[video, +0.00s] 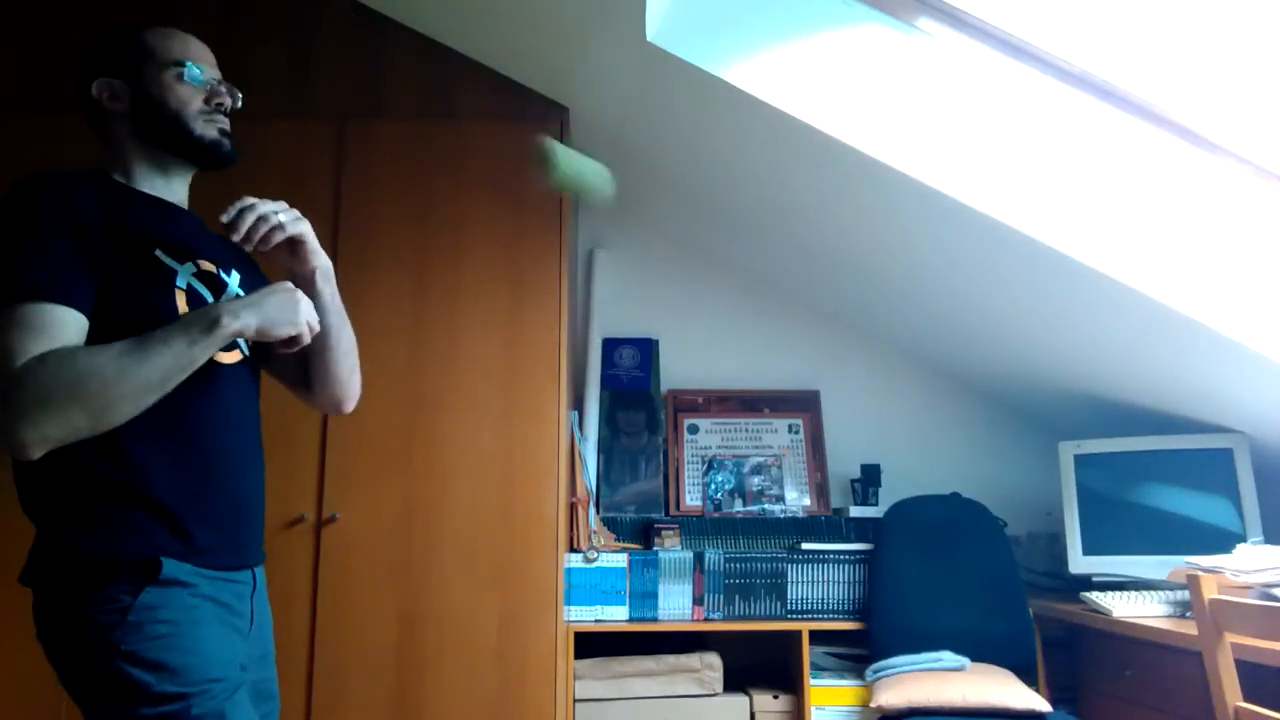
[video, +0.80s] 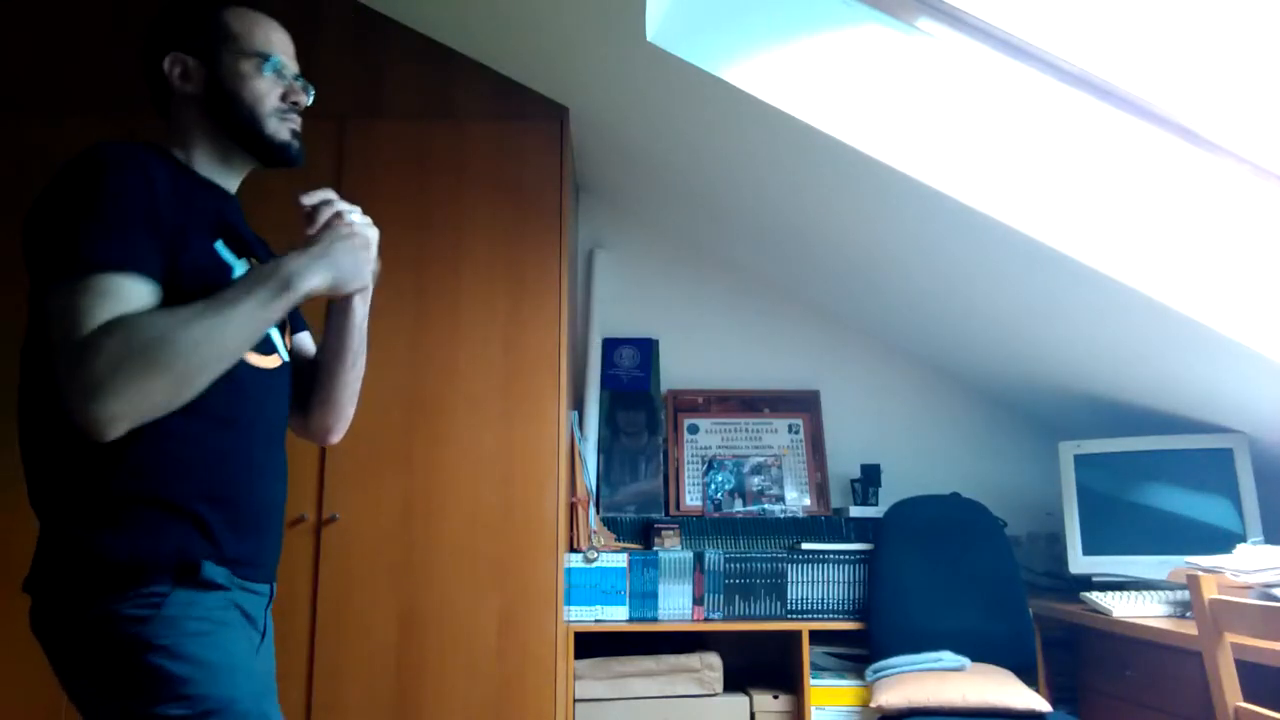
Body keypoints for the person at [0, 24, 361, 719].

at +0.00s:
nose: (223, 92)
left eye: (222, 83)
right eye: (188, 72)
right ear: (114, 96)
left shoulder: (220, 248)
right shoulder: (63, 210)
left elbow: (336, 392)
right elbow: (30, 415)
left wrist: (314, 267)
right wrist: (229, 318)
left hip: (240, 585)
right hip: (144, 589)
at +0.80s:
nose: (299, 91)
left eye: (297, 77)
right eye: (267, 66)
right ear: (186, 75)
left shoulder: (243, 239)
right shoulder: (116, 183)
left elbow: (322, 422)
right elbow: (101, 394)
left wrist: (354, 289)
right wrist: (301, 271)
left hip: (233, 595)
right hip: (153, 597)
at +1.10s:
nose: (346, 46)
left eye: (344, 23)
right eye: (323, 17)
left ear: (238, 25)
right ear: (242, 10)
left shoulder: (170, 115)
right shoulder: (254, 89)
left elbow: (284, 370)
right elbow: (495, 226)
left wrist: (353, 235)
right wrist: (670, 191)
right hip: (175, 574)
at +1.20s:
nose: (350, 45)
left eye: (351, 25)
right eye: (335, 16)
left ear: (243, 23)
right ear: (254, 5)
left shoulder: (157, 105)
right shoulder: (257, 79)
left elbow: (279, 350)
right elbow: (507, 230)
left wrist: (343, 232)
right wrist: (675, 226)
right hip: (173, 583)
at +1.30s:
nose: (342, 46)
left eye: (339, 22)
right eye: (325, 13)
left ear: (226, 18)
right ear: (240, 10)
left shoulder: (128, 106)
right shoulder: (243, 80)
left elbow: (251, 346)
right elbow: (398, 288)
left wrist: (346, 225)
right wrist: (561, 262)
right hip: (186, 583)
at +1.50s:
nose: (287, 50)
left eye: (283, 26)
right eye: (260, 17)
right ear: (171, 10)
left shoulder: (165, 146)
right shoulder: (132, 123)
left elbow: (299, 353)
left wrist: (340, 246)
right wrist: (355, 319)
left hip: (138, 574)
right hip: (105, 579)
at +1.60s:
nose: (268, 60)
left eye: (265, 40)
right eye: (241, 28)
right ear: (149, 21)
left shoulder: (177, 206)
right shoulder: (86, 144)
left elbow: (317, 367)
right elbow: (93, 366)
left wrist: (351, 266)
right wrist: (291, 304)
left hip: (132, 612)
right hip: (82, 616)